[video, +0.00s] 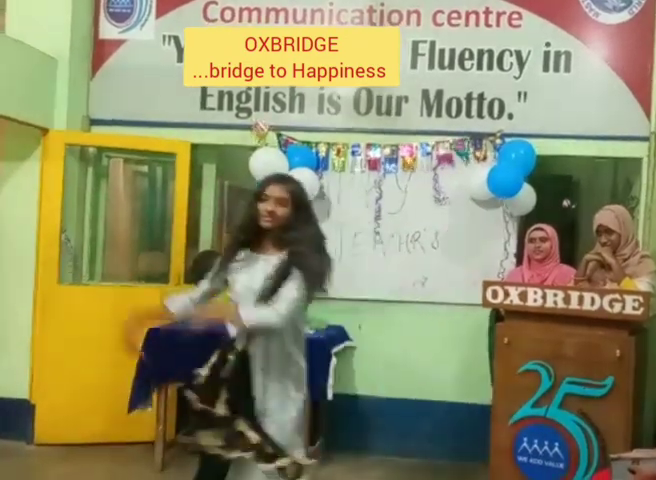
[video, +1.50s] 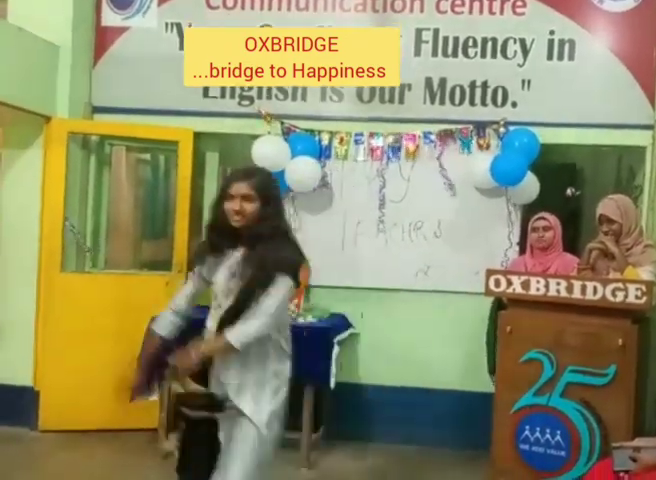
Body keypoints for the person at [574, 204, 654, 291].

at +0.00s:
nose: (603, 240)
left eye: (609, 232)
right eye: (599, 234)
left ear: (624, 232)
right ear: (595, 235)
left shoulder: (644, 263)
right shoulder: (592, 261)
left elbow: (640, 299)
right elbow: (575, 294)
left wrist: (613, 263)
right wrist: (584, 264)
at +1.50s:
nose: (604, 229)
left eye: (611, 222)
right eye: (600, 222)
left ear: (627, 221)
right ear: (597, 224)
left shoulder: (647, 253)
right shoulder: (595, 251)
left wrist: (617, 252)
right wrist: (587, 254)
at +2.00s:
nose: (605, 219)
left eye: (612, 211)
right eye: (602, 212)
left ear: (629, 211)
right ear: (599, 213)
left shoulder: (649, 243)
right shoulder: (596, 241)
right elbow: (580, 271)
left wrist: (618, 242)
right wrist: (588, 242)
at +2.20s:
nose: (606, 215)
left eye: (613, 208)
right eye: (603, 208)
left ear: (630, 207)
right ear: (599, 209)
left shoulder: (649, 238)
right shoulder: (597, 237)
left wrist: (618, 238)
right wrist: (588, 241)